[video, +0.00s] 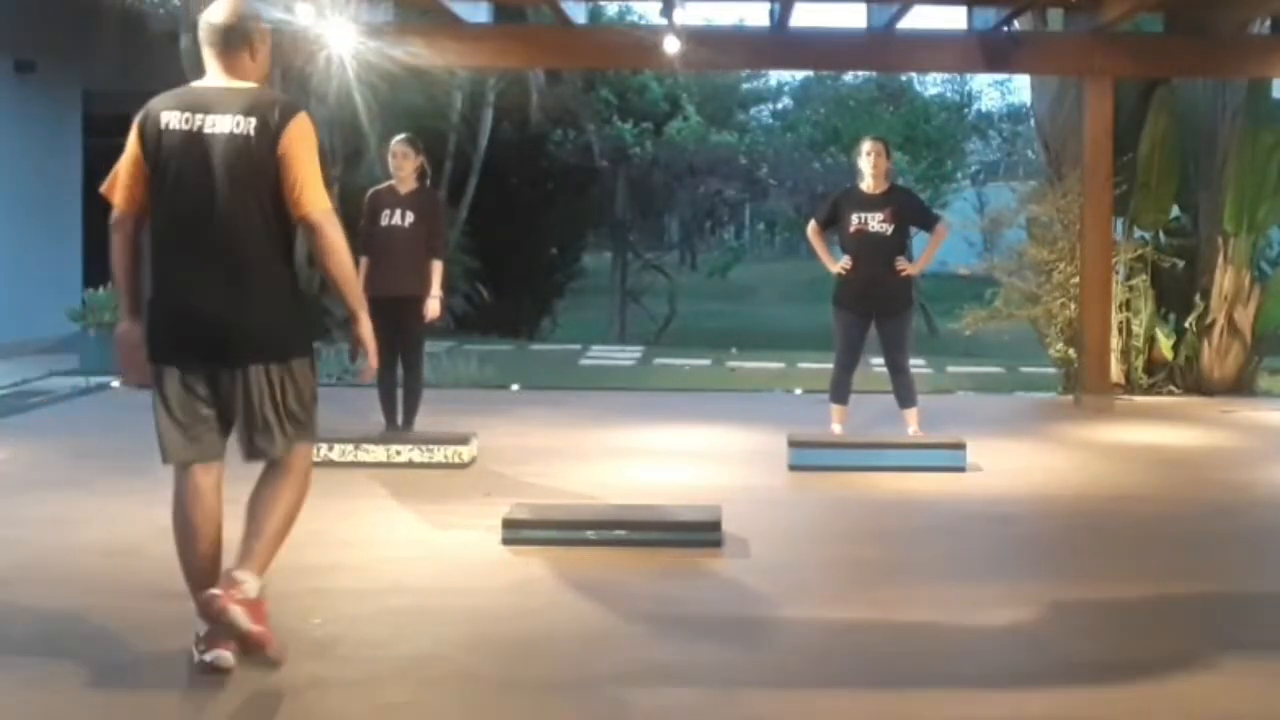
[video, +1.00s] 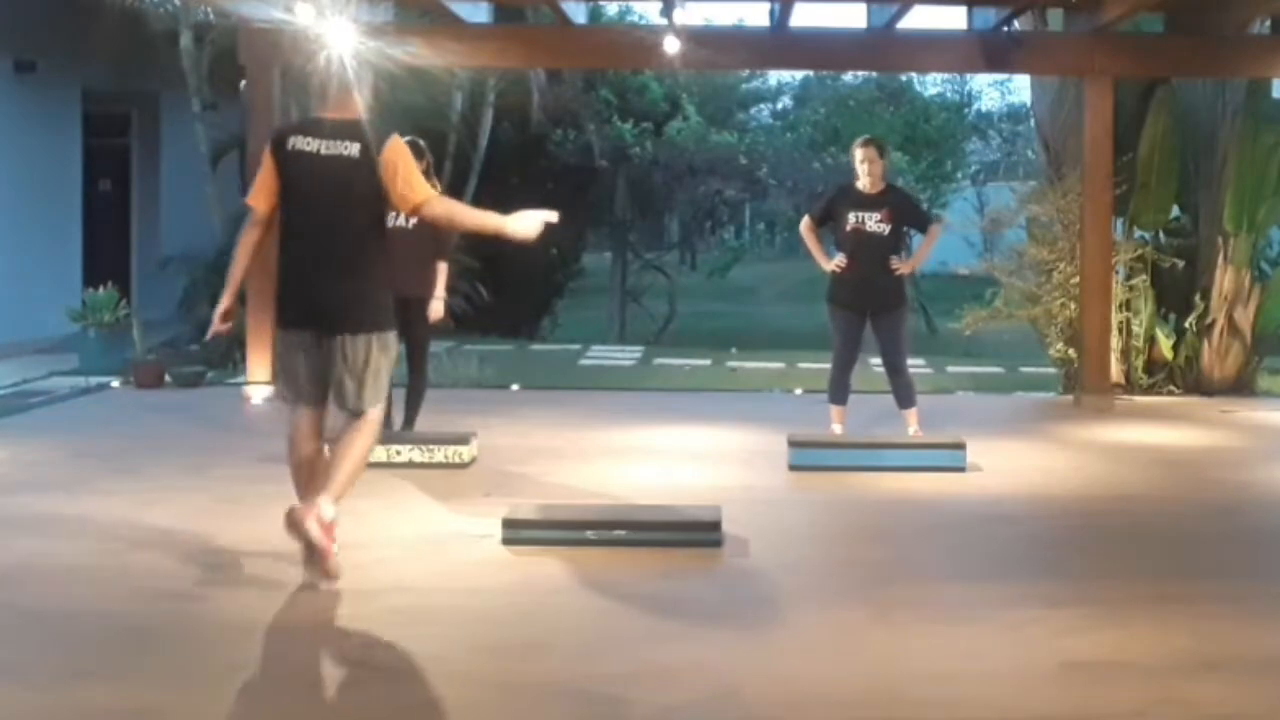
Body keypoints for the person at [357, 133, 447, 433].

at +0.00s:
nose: (396, 162)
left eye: (403, 156)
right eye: (393, 156)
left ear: (418, 161)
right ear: (387, 159)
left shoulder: (430, 199)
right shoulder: (376, 197)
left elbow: (436, 250)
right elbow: (365, 248)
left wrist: (435, 293)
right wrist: (360, 290)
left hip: (413, 295)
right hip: (380, 294)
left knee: (412, 362)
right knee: (384, 363)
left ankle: (407, 424)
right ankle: (390, 423)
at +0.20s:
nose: (398, 169)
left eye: (404, 163)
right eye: (394, 163)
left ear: (419, 163)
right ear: (389, 165)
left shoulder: (433, 201)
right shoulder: (378, 198)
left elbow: (439, 251)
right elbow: (368, 249)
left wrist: (437, 293)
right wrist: (362, 291)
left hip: (415, 296)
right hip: (381, 295)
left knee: (412, 363)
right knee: (384, 362)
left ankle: (407, 423)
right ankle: (389, 423)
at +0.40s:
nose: (402, 175)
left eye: (408, 168)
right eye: (397, 169)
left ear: (421, 166)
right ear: (391, 168)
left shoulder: (435, 202)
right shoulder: (382, 200)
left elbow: (441, 251)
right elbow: (372, 247)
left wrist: (440, 294)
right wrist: (367, 288)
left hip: (419, 295)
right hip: (385, 293)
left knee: (417, 362)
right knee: (379, 356)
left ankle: (409, 421)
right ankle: (383, 417)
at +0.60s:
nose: (403, 175)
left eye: (409, 168)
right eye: (399, 169)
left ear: (423, 166)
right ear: (393, 169)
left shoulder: (436, 202)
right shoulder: (386, 199)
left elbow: (444, 251)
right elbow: (376, 250)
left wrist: (444, 292)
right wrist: (367, 288)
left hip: (420, 293)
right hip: (386, 292)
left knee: (416, 361)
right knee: (379, 358)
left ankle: (409, 421)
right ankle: (374, 419)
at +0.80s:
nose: (403, 172)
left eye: (410, 166)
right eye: (399, 166)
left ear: (424, 167)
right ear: (391, 167)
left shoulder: (436, 203)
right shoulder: (384, 199)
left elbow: (445, 252)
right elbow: (373, 246)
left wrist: (443, 295)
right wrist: (367, 285)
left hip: (420, 294)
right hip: (385, 292)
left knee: (416, 361)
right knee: (379, 356)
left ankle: (409, 421)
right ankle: (377, 415)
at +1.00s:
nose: (405, 170)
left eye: (412, 163)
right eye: (401, 163)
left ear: (424, 165)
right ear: (392, 165)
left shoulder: (434, 203)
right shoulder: (382, 195)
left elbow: (443, 253)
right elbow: (371, 244)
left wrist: (438, 294)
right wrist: (370, 285)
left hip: (418, 293)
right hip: (383, 291)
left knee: (417, 361)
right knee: (378, 363)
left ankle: (409, 423)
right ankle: (382, 421)